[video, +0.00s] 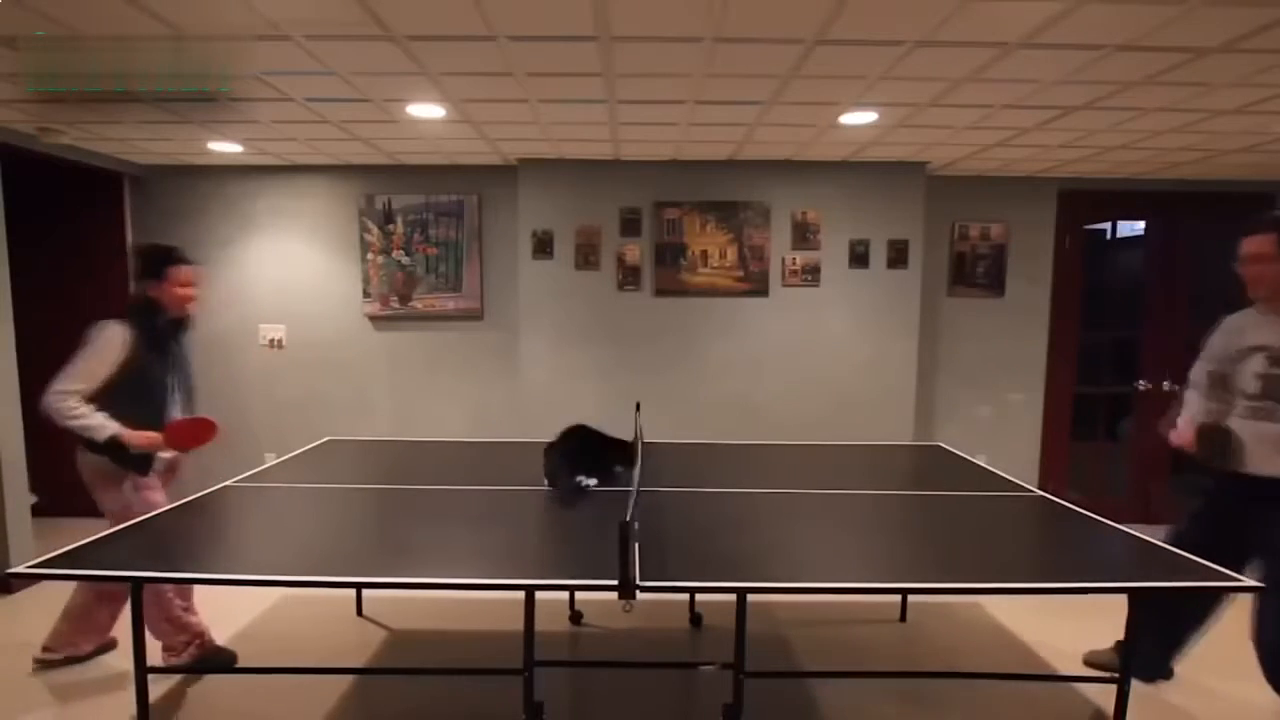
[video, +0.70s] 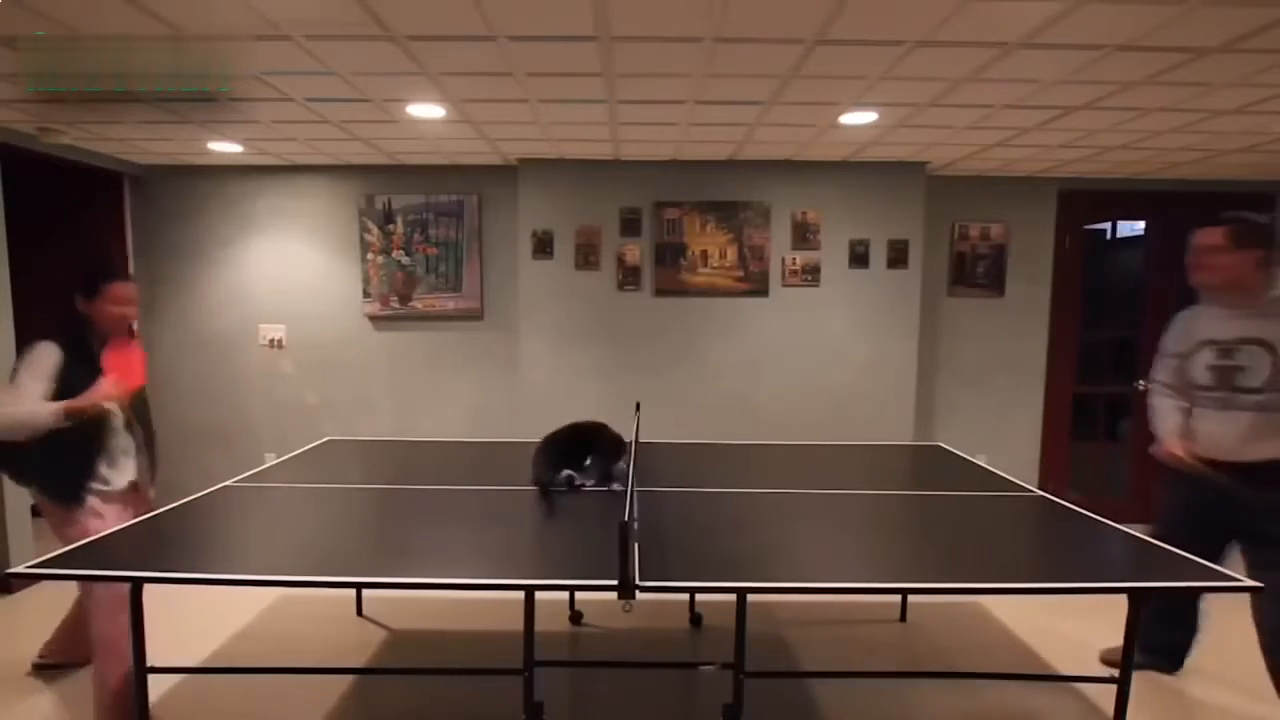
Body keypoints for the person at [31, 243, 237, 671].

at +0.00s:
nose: (191, 294)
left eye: (193, 285)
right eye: (183, 284)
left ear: (185, 288)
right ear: (154, 288)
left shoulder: (171, 337)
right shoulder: (119, 334)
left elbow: (175, 398)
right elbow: (58, 399)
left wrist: (178, 441)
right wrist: (124, 434)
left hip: (149, 459)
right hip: (111, 461)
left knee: (126, 550)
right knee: (161, 544)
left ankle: (71, 641)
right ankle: (185, 644)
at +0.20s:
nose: (130, 288)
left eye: (134, 280)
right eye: (121, 279)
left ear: (138, 287)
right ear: (96, 283)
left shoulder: (122, 332)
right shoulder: (59, 331)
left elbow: (124, 396)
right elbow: (17, 402)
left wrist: (146, 420)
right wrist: (87, 427)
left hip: (115, 456)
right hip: (73, 461)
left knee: (94, 548)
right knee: (123, 545)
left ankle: (68, 640)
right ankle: (163, 648)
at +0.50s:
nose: (115, 287)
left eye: (119, 278)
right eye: (106, 278)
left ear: (121, 281)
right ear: (74, 277)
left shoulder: (108, 329)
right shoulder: (39, 323)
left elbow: (120, 400)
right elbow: (2, 388)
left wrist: (131, 460)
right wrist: (52, 410)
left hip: (104, 462)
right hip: (60, 465)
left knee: (93, 551)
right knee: (118, 546)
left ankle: (61, 644)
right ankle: (117, 659)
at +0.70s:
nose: (129, 315)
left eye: (133, 305)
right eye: (118, 304)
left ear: (137, 308)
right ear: (87, 305)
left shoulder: (129, 358)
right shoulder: (55, 353)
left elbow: (139, 432)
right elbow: (11, 418)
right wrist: (82, 404)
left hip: (127, 491)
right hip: (76, 498)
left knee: (118, 572)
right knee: (113, 584)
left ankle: (62, 649)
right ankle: (118, 704)